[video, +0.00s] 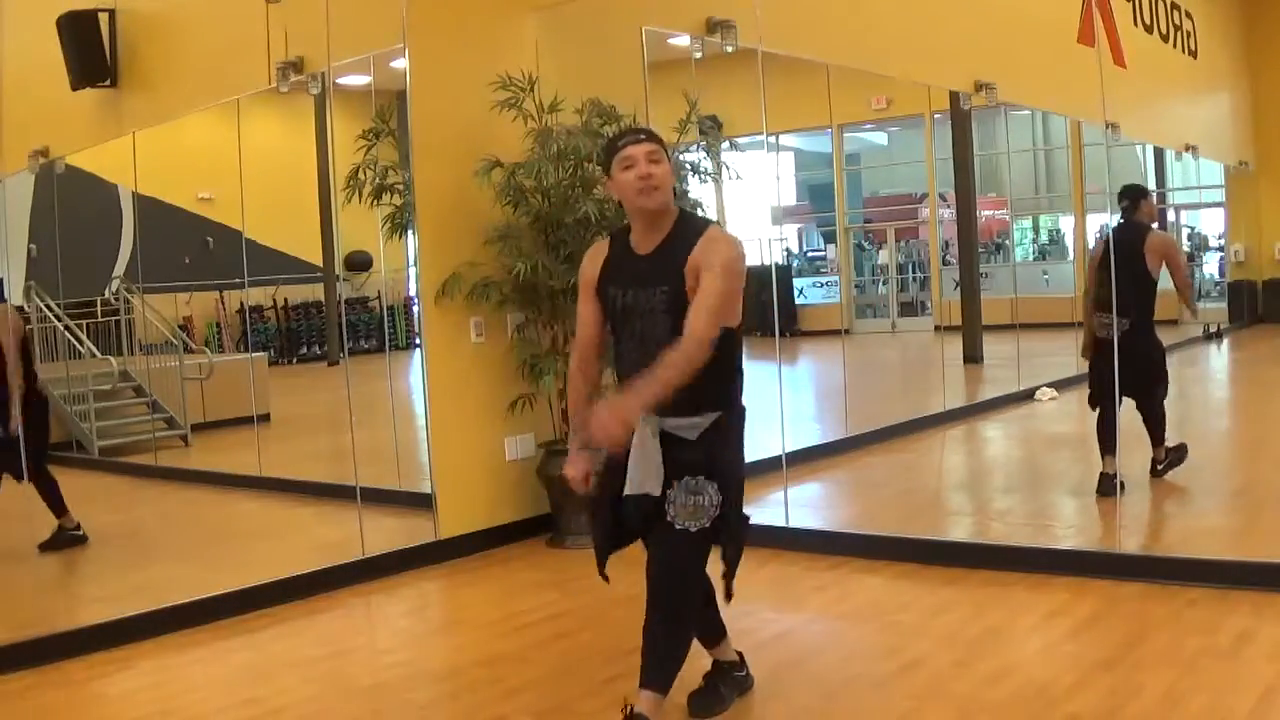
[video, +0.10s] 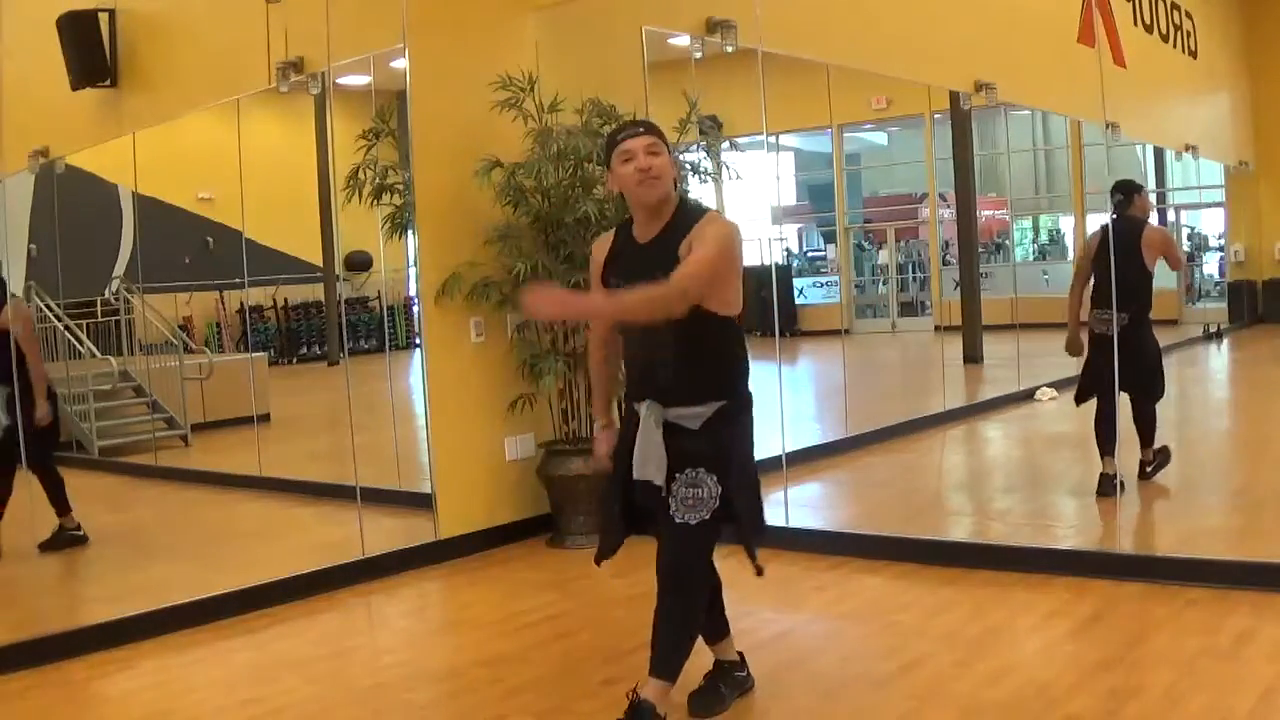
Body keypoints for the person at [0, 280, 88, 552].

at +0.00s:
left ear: (1, 291)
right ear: (4, 290)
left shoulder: (8, 316)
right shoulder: (8, 315)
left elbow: (14, 366)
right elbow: (14, 366)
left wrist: (15, 410)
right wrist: (16, 408)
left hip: (26, 403)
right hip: (25, 403)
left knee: (34, 465)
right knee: (34, 466)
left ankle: (69, 524)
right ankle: (68, 524)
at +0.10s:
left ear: (3, 287)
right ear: (5, 286)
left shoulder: (14, 311)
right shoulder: (11, 312)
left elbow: (34, 359)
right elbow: (32, 360)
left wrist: (41, 400)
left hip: (29, 395)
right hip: (16, 396)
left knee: (40, 460)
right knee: (40, 461)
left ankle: (69, 524)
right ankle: (68, 524)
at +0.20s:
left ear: (4, 279)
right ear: (7, 278)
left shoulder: (17, 306)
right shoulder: (14, 308)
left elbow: (45, 350)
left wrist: (60, 395)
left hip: (35, 400)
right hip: (19, 401)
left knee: (47, 458)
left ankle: (70, 526)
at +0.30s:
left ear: (4, 280)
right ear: (8, 278)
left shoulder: (24, 306)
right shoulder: (13, 309)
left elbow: (51, 349)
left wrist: (66, 392)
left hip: (43, 397)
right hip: (25, 399)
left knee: (50, 457)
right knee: (13, 457)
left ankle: (71, 525)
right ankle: (11, 530)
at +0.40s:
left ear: (5, 279)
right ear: (8, 277)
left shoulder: (29, 306)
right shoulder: (14, 308)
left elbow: (55, 352)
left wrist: (63, 395)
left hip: (42, 399)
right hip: (23, 400)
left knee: (53, 459)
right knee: (14, 461)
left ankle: (71, 525)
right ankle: (11, 530)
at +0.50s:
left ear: (5, 275)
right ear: (8, 273)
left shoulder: (31, 305)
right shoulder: (10, 308)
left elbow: (56, 354)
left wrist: (60, 401)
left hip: (41, 395)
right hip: (17, 396)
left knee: (53, 458)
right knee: (8, 461)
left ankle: (71, 525)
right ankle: (9, 528)